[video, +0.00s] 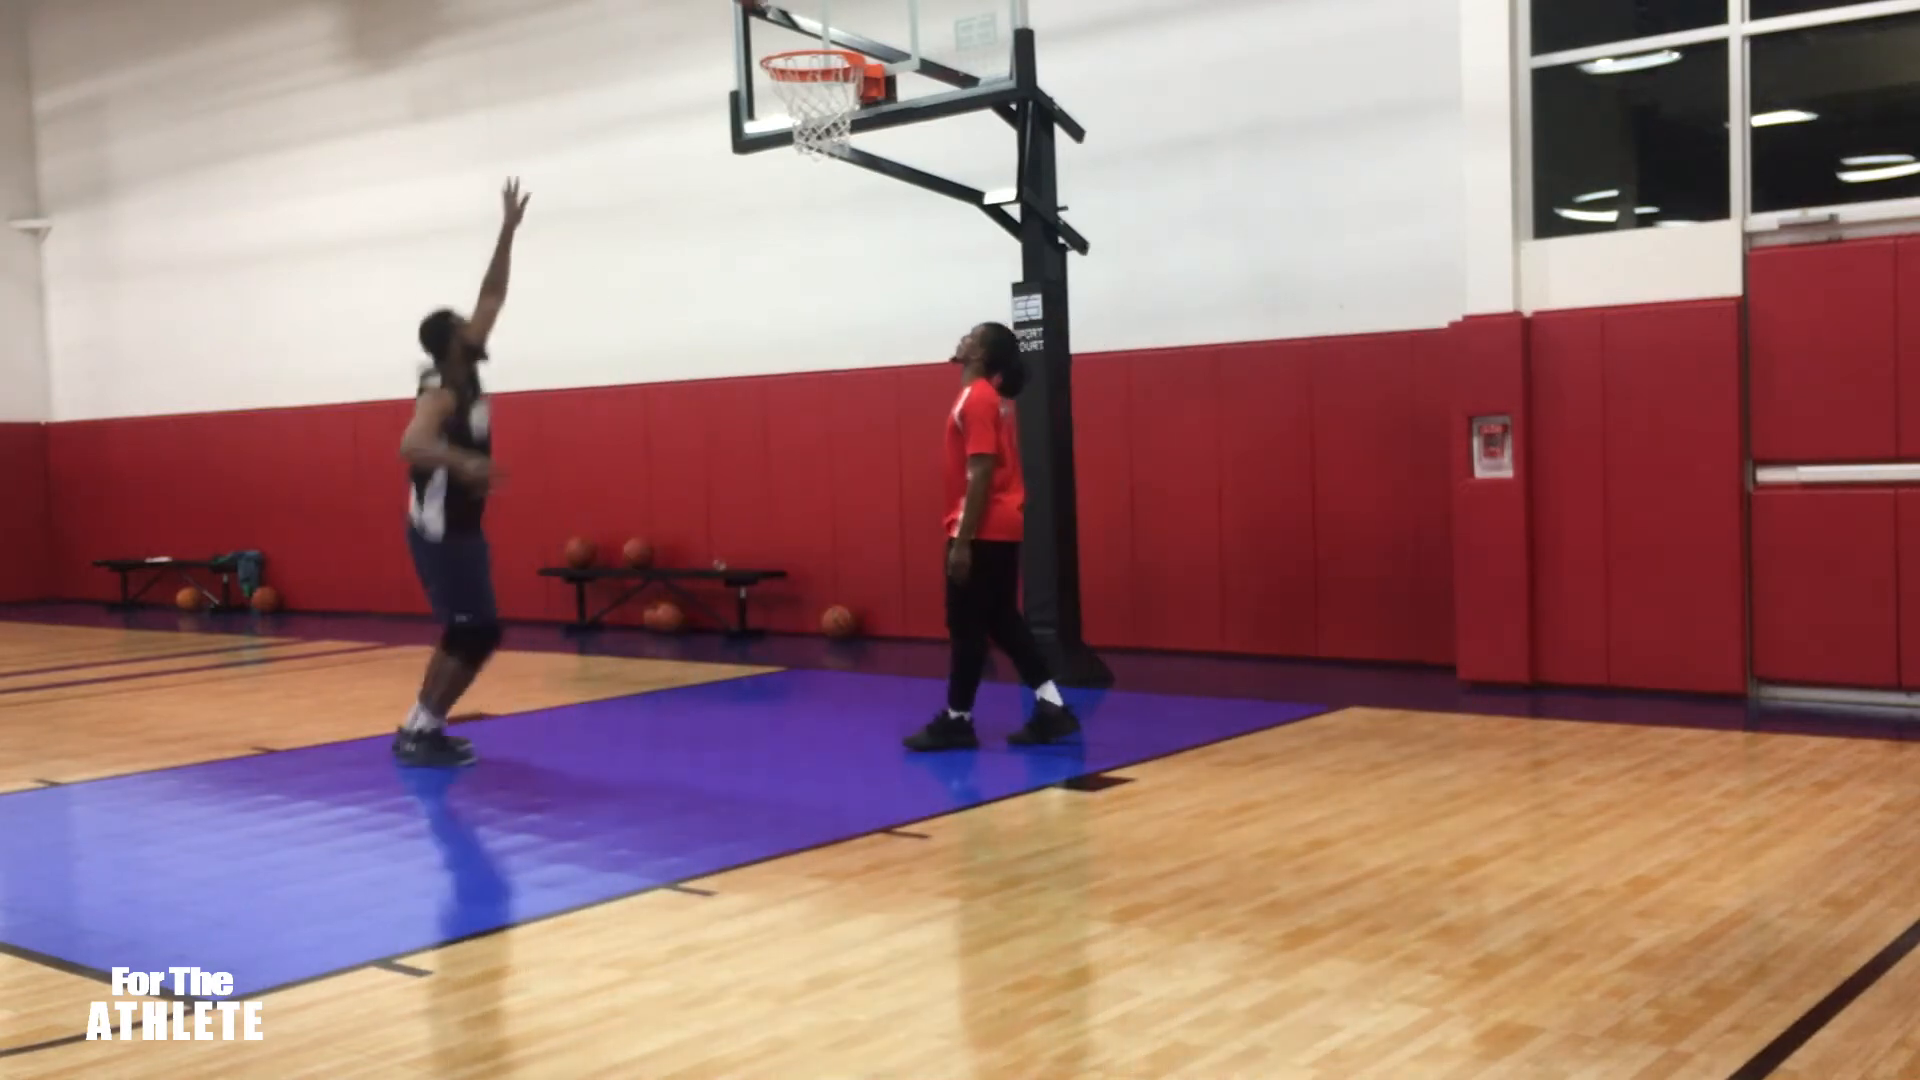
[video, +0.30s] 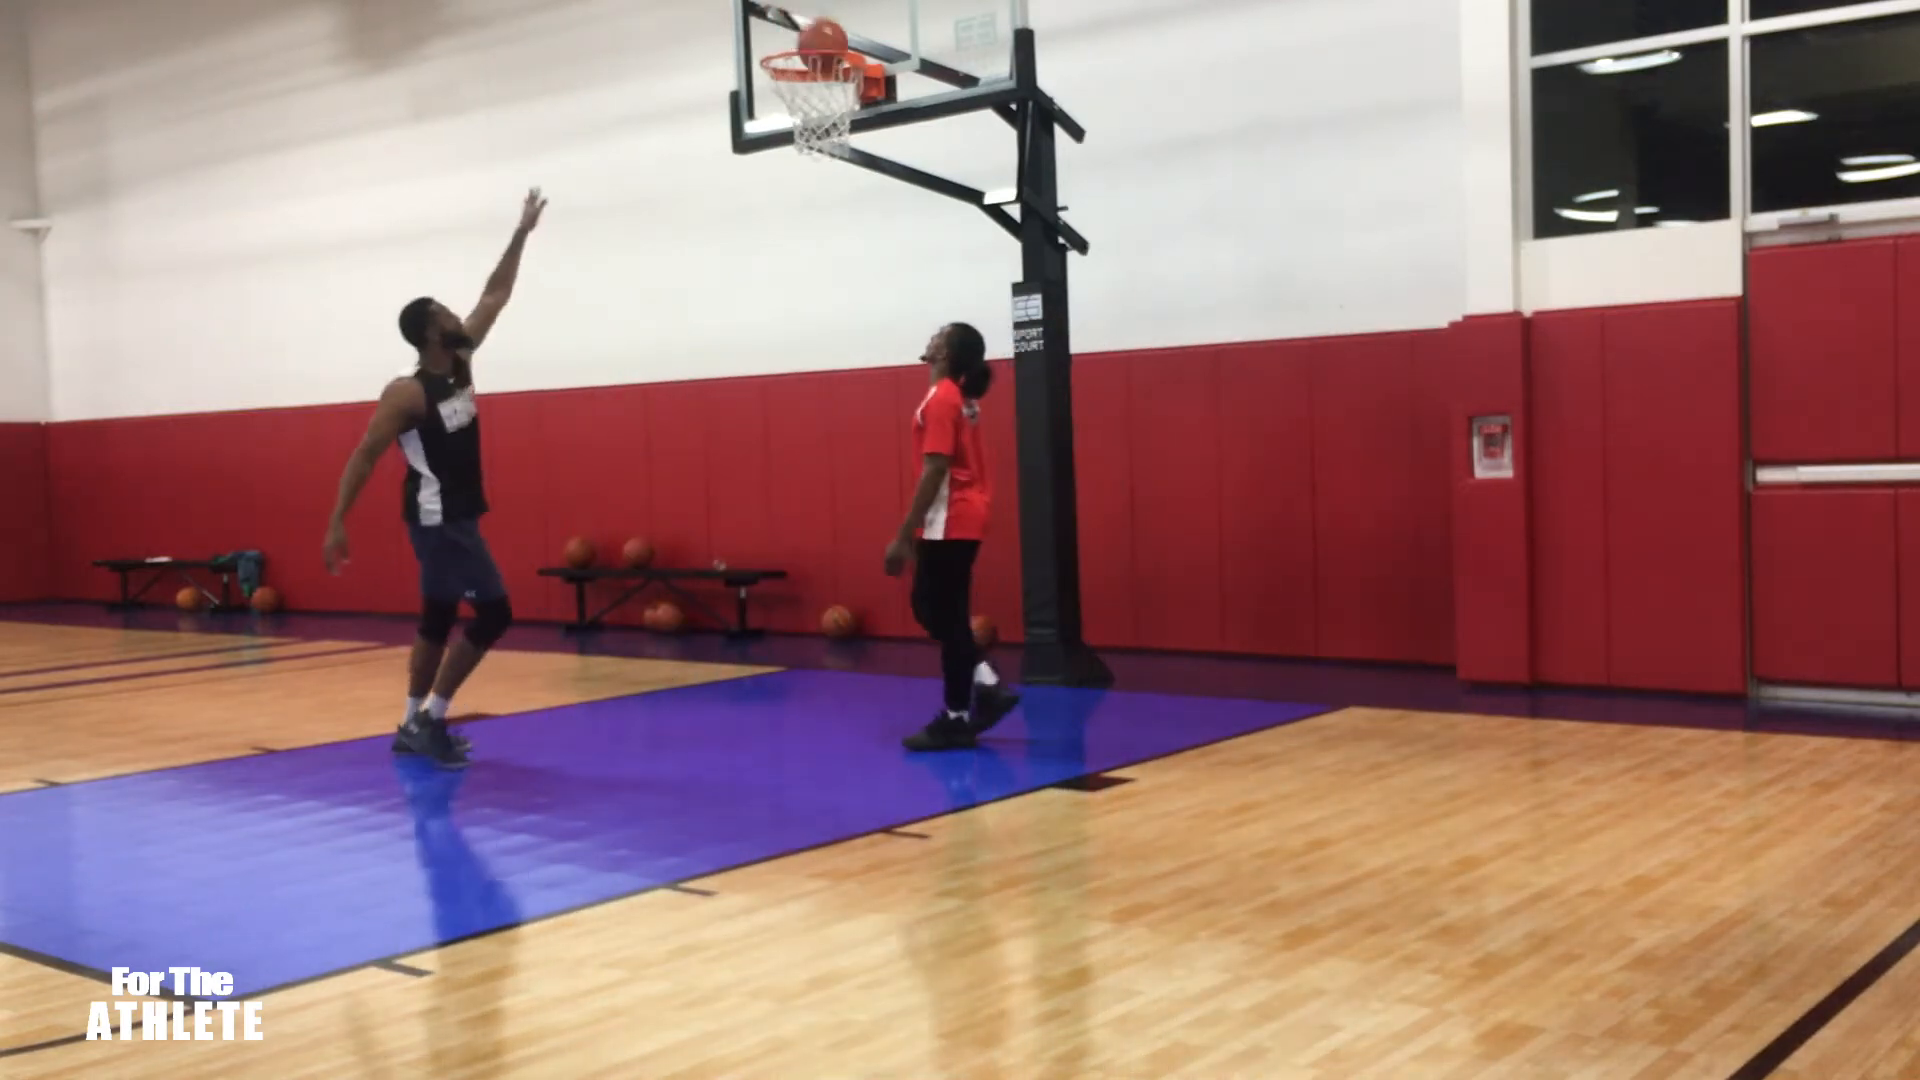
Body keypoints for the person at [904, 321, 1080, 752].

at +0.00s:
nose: (962, 340)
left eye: (971, 337)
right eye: (968, 335)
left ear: (984, 353)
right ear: (987, 357)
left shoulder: (978, 396)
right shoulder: (982, 395)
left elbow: (981, 471)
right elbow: (987, 470)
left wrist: (963, 538)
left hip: (981, 531)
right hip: (996, 530)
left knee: (967, 624)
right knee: (1002, 620)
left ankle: (957, 717)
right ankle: (1053, 707)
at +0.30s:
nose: (929, 341)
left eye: (938, 337)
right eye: (935, 335)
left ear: (949, 353)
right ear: (957, 358)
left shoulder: (942, 396)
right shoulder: (953, 395)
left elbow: (937, 467)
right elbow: (951, 466)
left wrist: (905, 534)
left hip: (952, 521)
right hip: (956, 519)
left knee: (946, 615)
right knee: (928, 607)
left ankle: (956, 716)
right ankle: (987, 685)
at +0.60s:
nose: (898, 350)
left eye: (904, 345)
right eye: (903, 344)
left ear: (913, 357)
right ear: (928, 361)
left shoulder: (909, 400)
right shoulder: (923, 400)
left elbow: (900, 468)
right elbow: (916, 454)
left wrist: (864, 536)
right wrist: (874, 436)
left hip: (925, 525)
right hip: (922, 523)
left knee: (932, 618)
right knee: (908, 613)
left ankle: (955, 717)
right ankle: (898, 700)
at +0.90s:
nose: (869, 348)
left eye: (877, 344)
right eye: (874, 342)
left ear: (892, 358)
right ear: (894, 360)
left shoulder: (895, 399)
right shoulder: (886, 397)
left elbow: (890, 469)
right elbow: (853, 422)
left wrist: (860, 533)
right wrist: (829, 379)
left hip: (899, 521)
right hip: (888, 519)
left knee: (888, 610)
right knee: (883, 609)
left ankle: (936, 703)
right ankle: (889, 703)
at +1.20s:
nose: (848, 353)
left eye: (857, 347)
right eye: (851, 346)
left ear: (881, 358)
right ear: (872, 358)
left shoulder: (890, 397)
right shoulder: (870, 399)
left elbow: (893, 466)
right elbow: (865, 474)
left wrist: (876, 530)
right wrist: (817, 492)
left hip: (892, 527)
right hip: (872, 526)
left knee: (889, 613)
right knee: (876, 613)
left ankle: (915, 706)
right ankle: (889, 698)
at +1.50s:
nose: (847, 355)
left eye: (855, 348)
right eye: (848, 348)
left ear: (880, 355)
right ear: (867, 355)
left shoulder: (897, 398)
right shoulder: (864, 401)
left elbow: (911, 465)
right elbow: (872, 469)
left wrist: (893, 528)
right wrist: (845, 502)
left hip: (900, 530)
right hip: (868, 531)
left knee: (912, 618)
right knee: (879, 619)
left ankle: (927, 706)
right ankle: (888, 702)